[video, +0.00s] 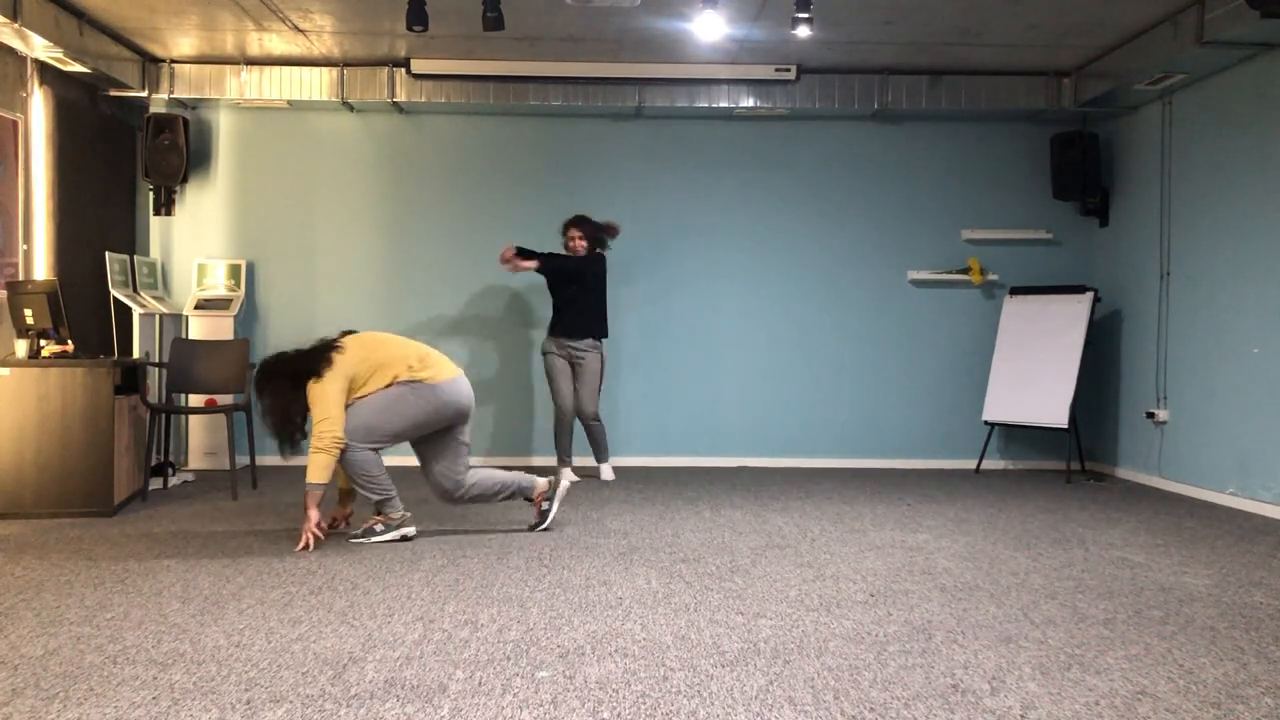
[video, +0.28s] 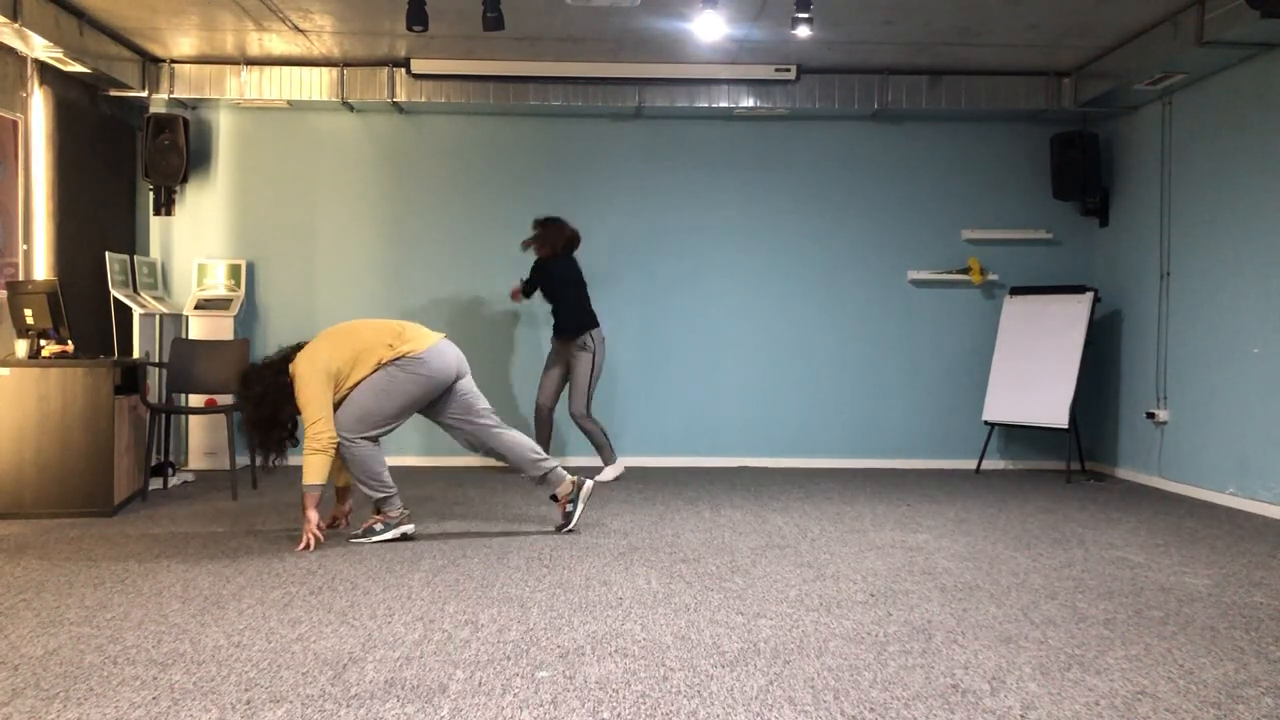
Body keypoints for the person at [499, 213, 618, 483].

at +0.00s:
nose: (573, 243)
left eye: (579, 238)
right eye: (569, 238)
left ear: (590, 241)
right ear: (564, 241)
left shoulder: (596, 261)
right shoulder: (558, 262)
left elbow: (568, 265)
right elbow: (539, 257)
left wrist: (534, 266)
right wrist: (515, 252)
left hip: (588, 347)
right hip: (556, 345)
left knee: (587, 411)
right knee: (564, 409)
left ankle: (604, 465)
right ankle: (565, 470)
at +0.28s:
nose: (535, 246)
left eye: (540, 241)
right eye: (535, 240)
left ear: (551, 243)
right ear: (557, 242)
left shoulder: (561, 265)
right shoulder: (544, 267)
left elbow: (528, 289)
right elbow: (532, 287)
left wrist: (520, 292)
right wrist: (522, 291)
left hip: (586, 341)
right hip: (561, 342)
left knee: (579, 412)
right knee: (543, 406)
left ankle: (612, 463)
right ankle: (541, 464)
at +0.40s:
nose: (518, 277)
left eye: (522, 272)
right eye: (517, 272)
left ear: (532, 273)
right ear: (542, 271)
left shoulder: (539, 299)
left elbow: (533, 323)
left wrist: (525, 330)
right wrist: (518, 265)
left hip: (591, 354)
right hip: (564, 358)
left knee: (574, 415)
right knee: (542, 410)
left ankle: (615, 462)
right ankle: (545, 465)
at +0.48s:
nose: (522, 294)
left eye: (525, 288)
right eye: (521, 290)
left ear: (540, 286)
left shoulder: (555, 309)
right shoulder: (539, 310)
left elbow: (532, 352)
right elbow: (533, 335)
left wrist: (525, 352)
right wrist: (519, 350)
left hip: (597, 356)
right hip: (569, 359)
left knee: (577, 409)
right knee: (542, 410)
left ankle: (614, 459)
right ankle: (546, 464)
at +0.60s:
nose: (544, 305)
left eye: (547, 298)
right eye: (540, 300)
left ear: (558, 296)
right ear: (536, 301)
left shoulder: (576, 312)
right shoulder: (541, 323)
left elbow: (559, 356)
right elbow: (524, 354)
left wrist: (554, 394)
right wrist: (498, 391)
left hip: (611, 351)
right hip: (583, 357)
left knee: (592, 401)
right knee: (557, 406)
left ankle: (623, 463)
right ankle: (545, 464)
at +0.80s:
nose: (571, 309)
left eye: (575, 302)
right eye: (567, 304)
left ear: (586, 300)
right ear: (561, 304)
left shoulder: (605, 310)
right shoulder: (561, 321)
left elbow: (635, 335)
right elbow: (563, 346)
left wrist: (668, 355)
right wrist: (565, 381)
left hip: (635, 347)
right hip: (608, 353)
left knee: (620, 395)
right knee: (585, 405)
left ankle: (637, 465)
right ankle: (603, 463)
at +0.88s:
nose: (581, 315)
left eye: (585, 309)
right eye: (576, 310)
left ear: (595, 302)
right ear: (571, 309)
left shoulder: (613, 310)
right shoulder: (569, 322)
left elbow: (649, 329)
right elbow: (579, 347)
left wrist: (691, 341)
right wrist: (590, 373)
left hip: (641, 349)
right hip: (611, 357)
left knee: (633, 398)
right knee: (598, 410)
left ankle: (646, 463)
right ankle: (606, 467)